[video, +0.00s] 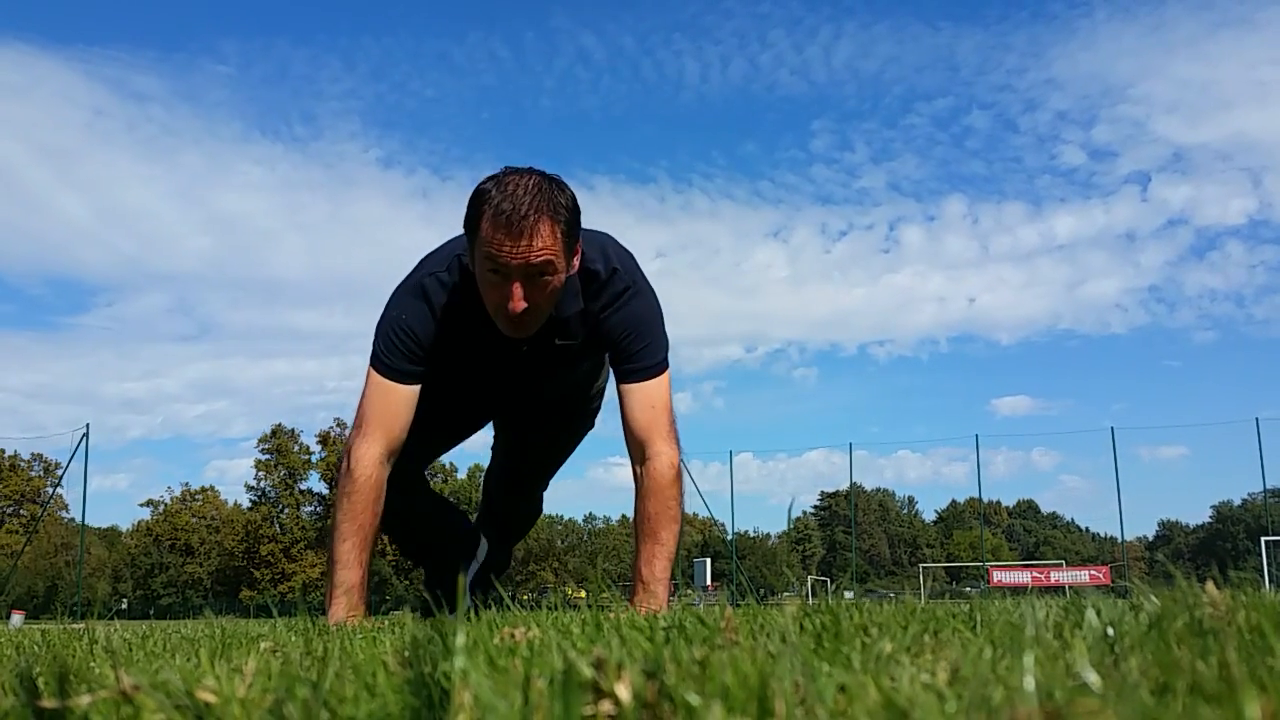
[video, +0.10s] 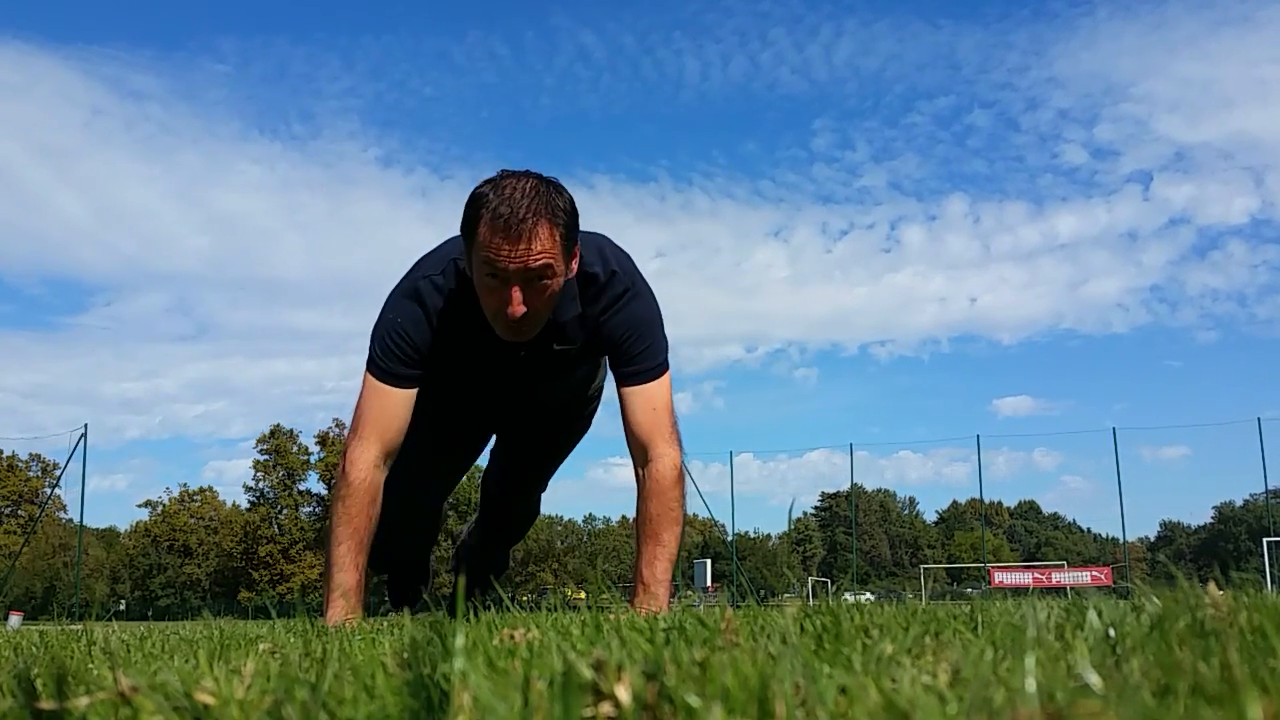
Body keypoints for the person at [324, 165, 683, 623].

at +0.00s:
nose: (516, 300)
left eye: (538, 275)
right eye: (496, 274)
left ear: (572, 260)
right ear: (471, 254)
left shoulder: (618, 289)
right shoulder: (423, 300)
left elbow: (656, 453)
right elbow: (368, 453)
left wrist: (649, 610)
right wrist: (344, 616)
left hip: (559, 382)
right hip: (465, 375)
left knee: (514, 494)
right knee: (381, 474)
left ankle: (476, 586)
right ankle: (457, 560)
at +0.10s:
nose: (515, 303)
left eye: (536, 279)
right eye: (495, 278)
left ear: (570, 262)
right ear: (468, 257)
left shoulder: (615, 290)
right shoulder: (421, 300)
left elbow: (658, 455)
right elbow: (365, 454)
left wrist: (649, 613)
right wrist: (341, 620)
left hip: (556, 393)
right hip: (456, 385)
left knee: (512, 501)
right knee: (410, 495)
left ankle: (475, 587)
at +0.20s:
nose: (518, 307)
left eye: (539, 283)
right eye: (498, 282)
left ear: (571, 266)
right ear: (469, 261)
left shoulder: (611, 295)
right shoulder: (419, 302)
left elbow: (658, 456)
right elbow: (362, 456)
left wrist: (650, 611)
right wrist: (342, 618)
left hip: (548, 407)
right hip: (451, 401)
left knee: (507, 518)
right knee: (425, 523)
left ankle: (472, 603)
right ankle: (388, 597)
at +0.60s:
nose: (512, 326)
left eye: (533, 304)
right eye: (494, 302)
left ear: (559, 287)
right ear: (462, 280)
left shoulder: (590, 312)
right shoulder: (417, 308)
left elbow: (630, 452)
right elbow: (355, 461)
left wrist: (635, 589)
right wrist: (337, 619)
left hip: (505, 416)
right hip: (422, 410)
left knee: (477, 530)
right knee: (408, 521)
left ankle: (470, 633)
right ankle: (400, 618)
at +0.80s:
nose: (515, 341)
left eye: (537, 318)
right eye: (496, 317)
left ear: (562, 302)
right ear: (465, 296)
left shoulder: (595, 325)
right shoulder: (417, 320)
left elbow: (624, 467)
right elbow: (354, 466)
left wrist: (629, 611)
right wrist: (337, 623)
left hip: (523, 405)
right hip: (435, 402)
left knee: (488, 520)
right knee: (428, 512)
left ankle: (472, 620)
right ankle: (426, 624)